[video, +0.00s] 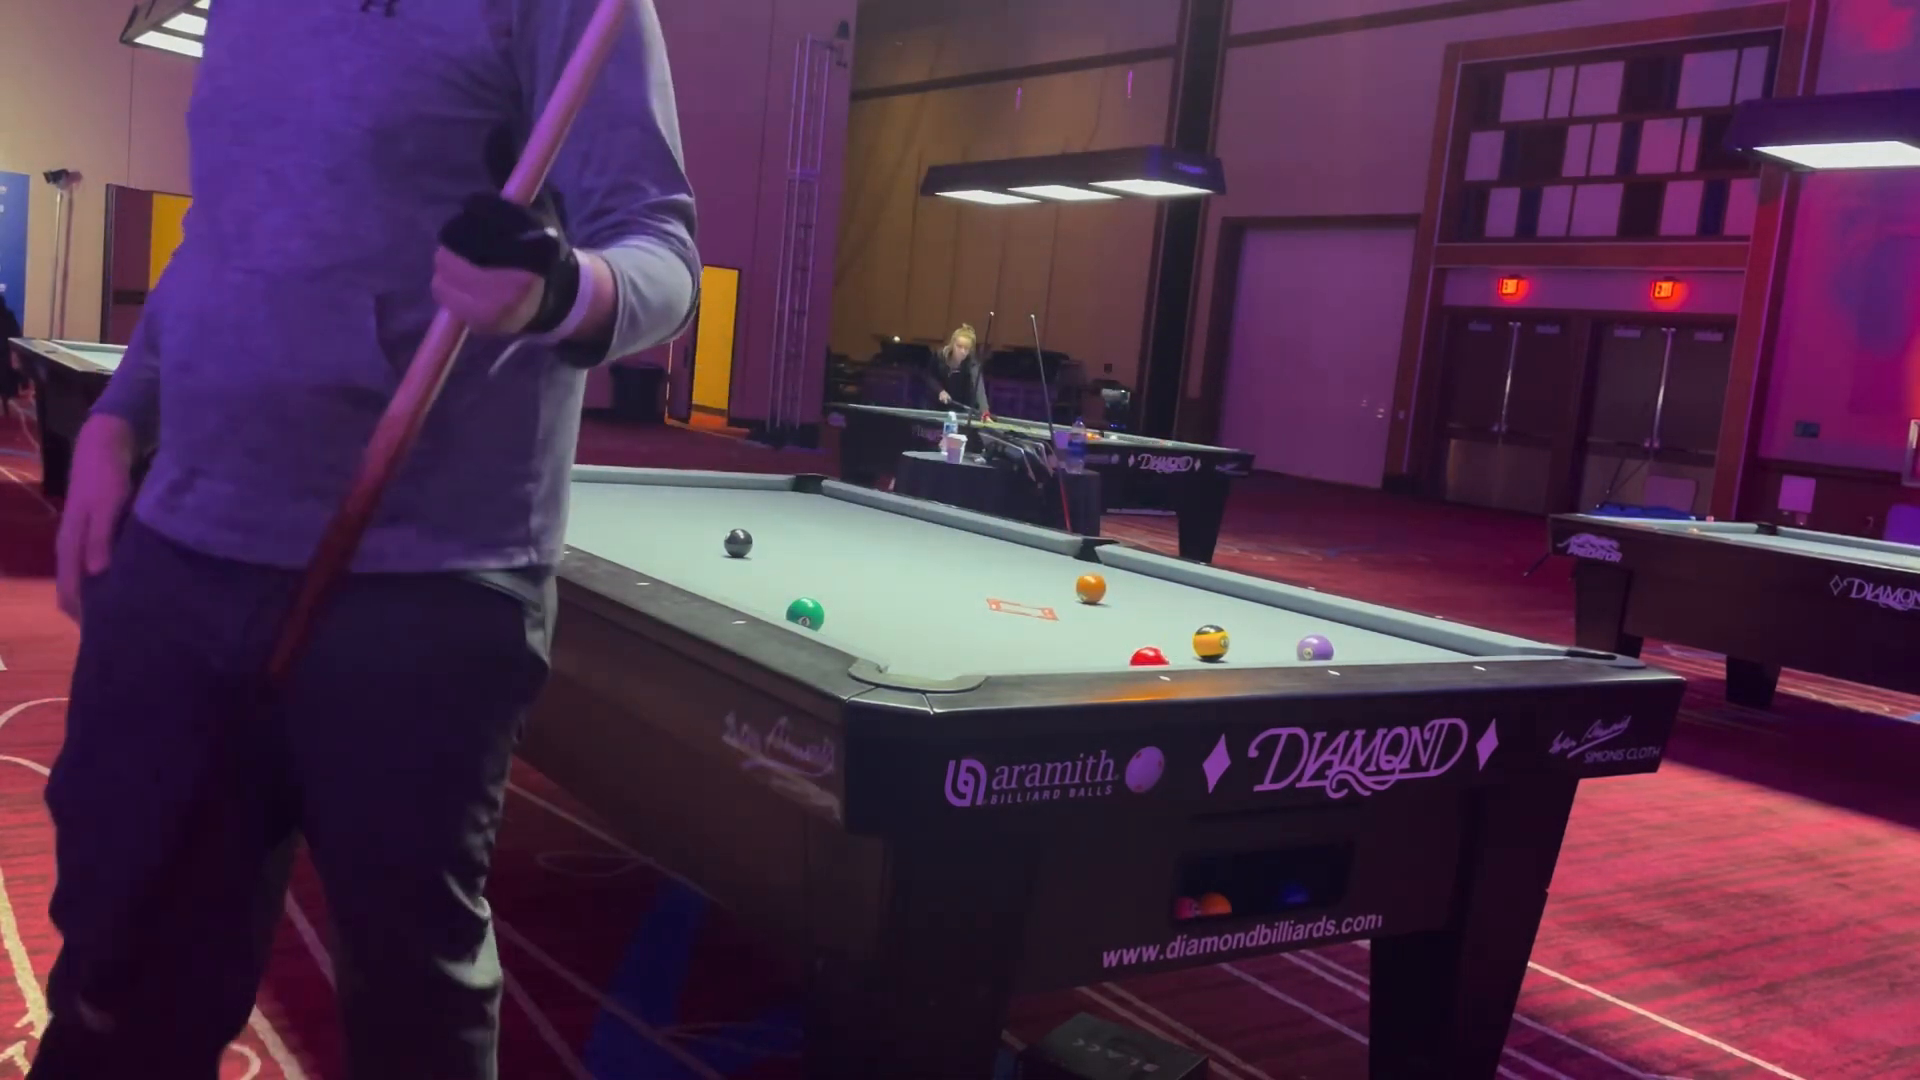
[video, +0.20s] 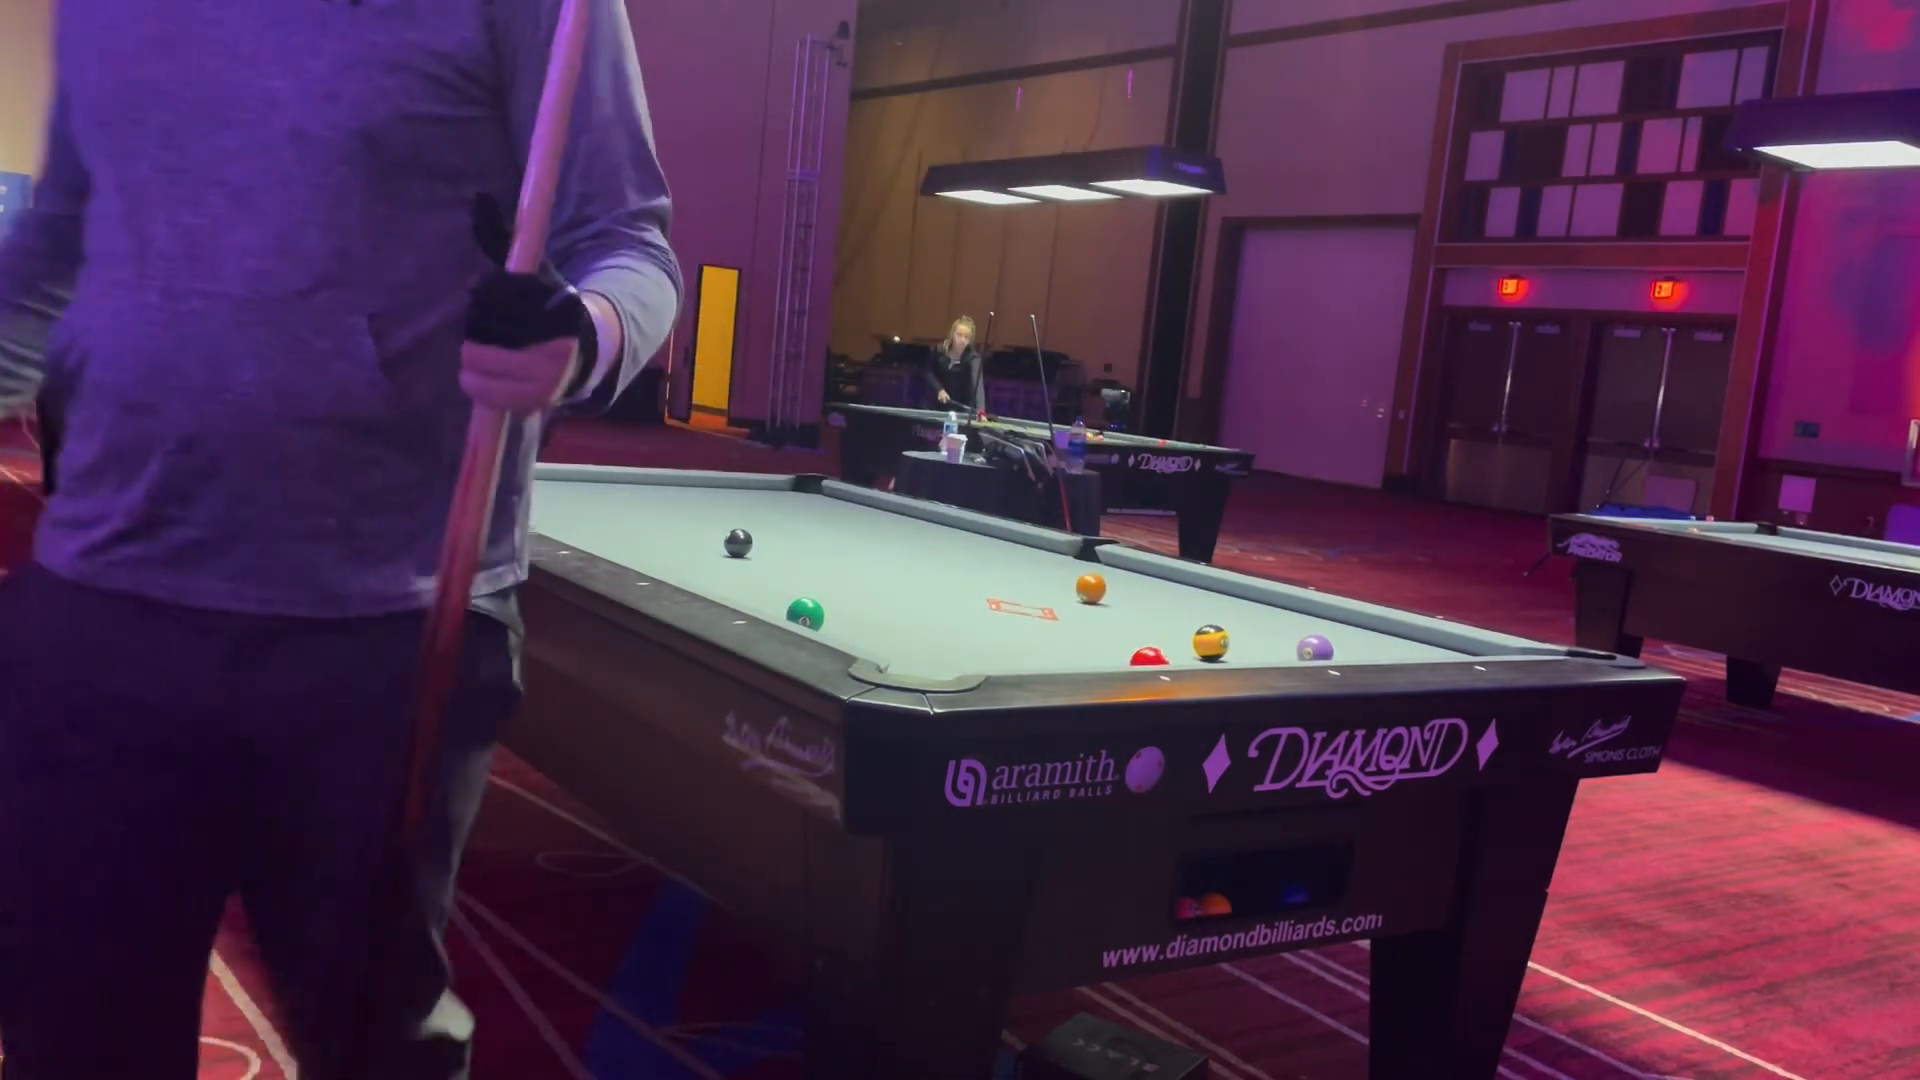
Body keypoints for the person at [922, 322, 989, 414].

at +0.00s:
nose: (962, 351)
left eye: (966, 348)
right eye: (959, 346)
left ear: (970, 349)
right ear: (952, 345)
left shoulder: (972, 366)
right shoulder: (938, 359)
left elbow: (979, 390)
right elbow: (929, 377)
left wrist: (984, 411)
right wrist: (940, 391)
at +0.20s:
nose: (962, 340)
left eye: (966, 337)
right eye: (959, 335)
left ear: (971, 339)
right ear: (952, 334)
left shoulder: (974, 358)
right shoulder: (938, 352)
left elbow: (978, 386)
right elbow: (929, 373)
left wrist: (980, 410)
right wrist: (939, 390)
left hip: (963, 410)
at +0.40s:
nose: (962, 328)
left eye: (966, 326)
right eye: (959, 324)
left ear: (970, 330)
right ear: (951, 325)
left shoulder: (973, 350)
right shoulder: (939, 346)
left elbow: (975, 379)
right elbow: (929, 369)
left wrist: (976, 407)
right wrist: (937, 389)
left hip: (963, 404)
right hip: (940, 402)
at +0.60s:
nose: (960, 321)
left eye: (964, 318)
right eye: (957, 317)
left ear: (969, 323)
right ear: (951, 318)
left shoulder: (972, 347)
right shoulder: (938, 343)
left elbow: (973, 376)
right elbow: (930, 367)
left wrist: (971, 403)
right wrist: (934, 389)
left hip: (962, 402)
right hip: (939, 400)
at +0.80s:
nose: (959, 317)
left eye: (963, 313)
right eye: (956, 312)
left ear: (967, 317)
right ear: (948, 314)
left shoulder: (970, 344)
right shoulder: (936, 340)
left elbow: (971, 373)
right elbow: (928, 365)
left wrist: (966, 401)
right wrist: (930, 390)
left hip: (959, 400)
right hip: (937, 398)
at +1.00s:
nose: (956, 314)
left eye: (960, 311)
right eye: (953, 309)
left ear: (964, 314)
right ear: (945, 312)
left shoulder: (970, 340)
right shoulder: (934, 338)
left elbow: (971, 372)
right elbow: (926, 366)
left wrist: (957, 396)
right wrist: (926, 392)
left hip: (962, 399)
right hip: (937, 396)